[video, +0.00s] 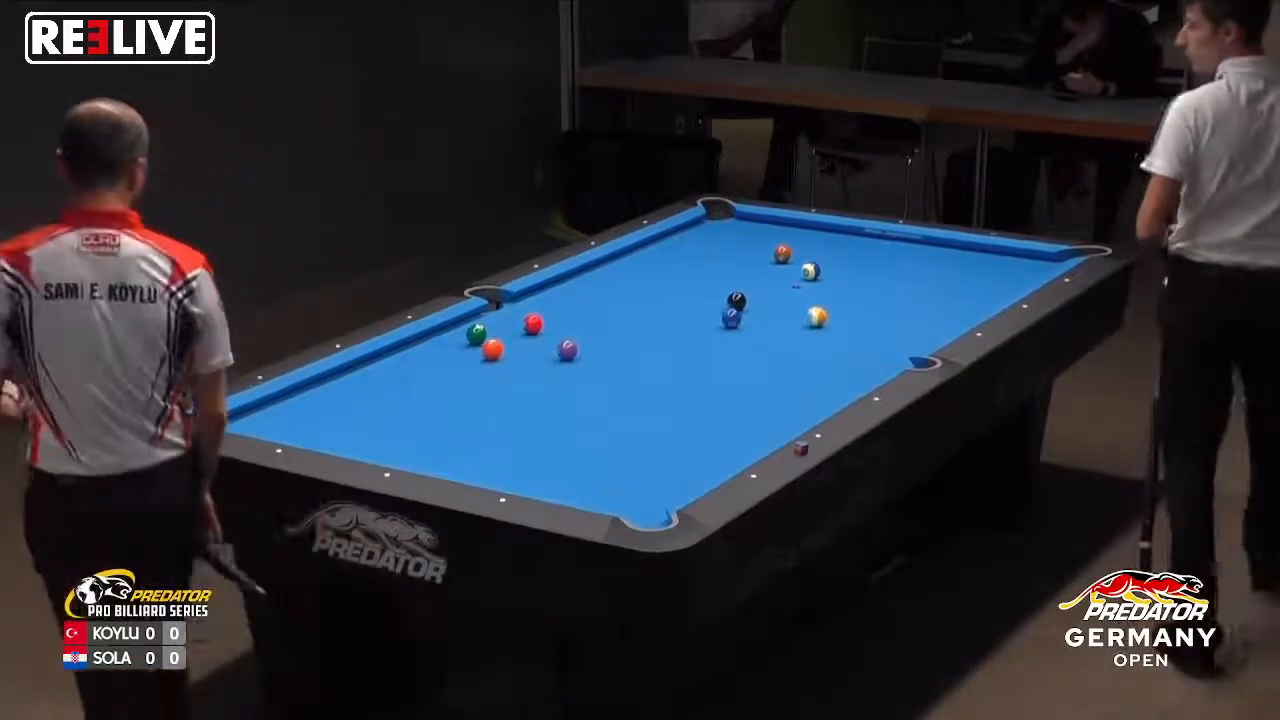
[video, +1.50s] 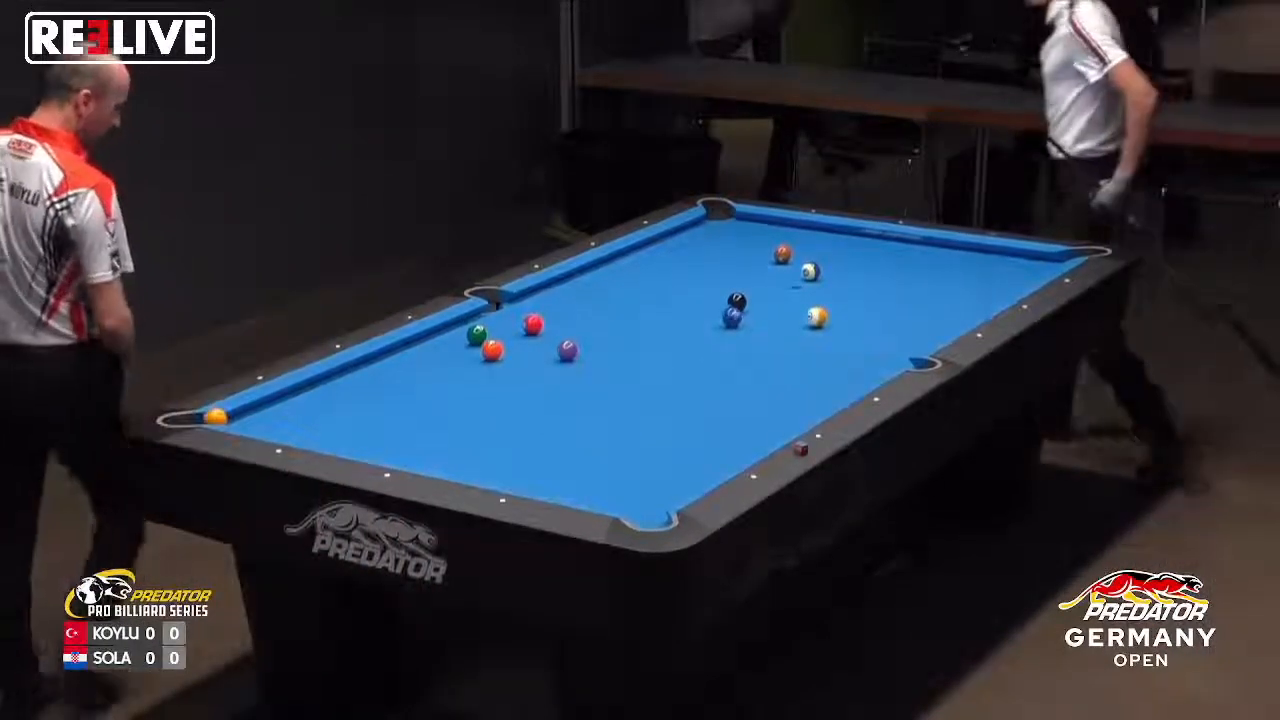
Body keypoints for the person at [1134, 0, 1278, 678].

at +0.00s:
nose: (1182, 38)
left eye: (1192, 25)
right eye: (1184, 24)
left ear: (1233, 34)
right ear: (1241, 34)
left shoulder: (1193, 109)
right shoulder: (1278, 96)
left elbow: (1151, 223)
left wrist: (1180, 229)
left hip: (1204, 287)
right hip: (1275, 286)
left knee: (1190, 445)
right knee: (1274, 435)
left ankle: (1193, 617)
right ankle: (1269, 566)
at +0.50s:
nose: (1191, 8)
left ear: (1237, 5)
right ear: (1252, 7)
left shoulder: (1220, 70)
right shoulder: (1275, 55)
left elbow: (1196, 177)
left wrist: (1163, 214)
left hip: (1222, 236)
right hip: (1276, 231)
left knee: (1199, 376)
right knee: (1275, 390)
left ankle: (1210, 516)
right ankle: (1271, 539)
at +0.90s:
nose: (1133, 1)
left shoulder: (1174, 53)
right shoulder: (1254, 38)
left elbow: (1190, 145)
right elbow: (1267, 134)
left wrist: (1156, 212)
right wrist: (1255, 186)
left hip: (1190, 211)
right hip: (1247, 208)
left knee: (1178, 343)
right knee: (1229, 346)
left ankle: (1186, 465)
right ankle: (1264, 482)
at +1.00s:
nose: (1120, 5)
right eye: (1118, 1)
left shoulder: (1162, 40)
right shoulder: (1226, 25)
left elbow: (1185, 135)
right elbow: (1228, 118)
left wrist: (1153, 202)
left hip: (1182, 198)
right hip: (1223, 193)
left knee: (1174, 332)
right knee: (1199, 329)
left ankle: (1187, 464)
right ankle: (1237, 443)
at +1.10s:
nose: (1107, 1)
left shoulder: (1152, 34)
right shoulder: (1205, 20)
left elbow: (1186, 127)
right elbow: (1211, 116)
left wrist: (1152, 198)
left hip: (1169, 191)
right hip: (1199, 184)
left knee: (1167, 331)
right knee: (1176, 327)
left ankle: (1188, 467)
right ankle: (1200, 455)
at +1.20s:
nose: (1087, 8)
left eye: (1088, 5)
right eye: (1087, 6)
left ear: (1102, 1)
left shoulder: (1137, 29)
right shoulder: (1165, 18)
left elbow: (1183, 116)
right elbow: (1189, 117)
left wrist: (1153, 191)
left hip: (1144, 192)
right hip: (1147, 186)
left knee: (1150, 325)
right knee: (1132, 313)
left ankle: (1189, 463)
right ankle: (1130, 421)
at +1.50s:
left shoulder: (1084, 17)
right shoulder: (1064, 22)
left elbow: (1141, 95)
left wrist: (1122, 178)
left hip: (1091, 181)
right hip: (1067, 176)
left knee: (1097, 327)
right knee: (1054, 316)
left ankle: (1163, 444)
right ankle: (1051, 417)